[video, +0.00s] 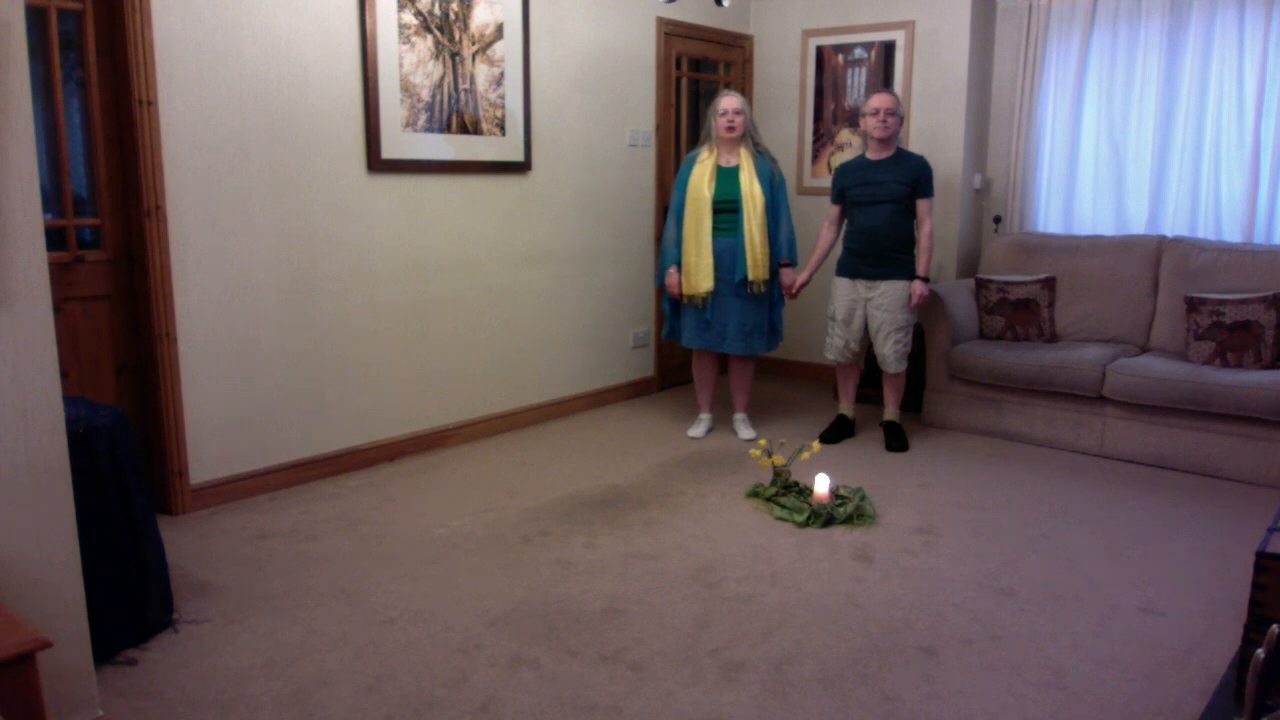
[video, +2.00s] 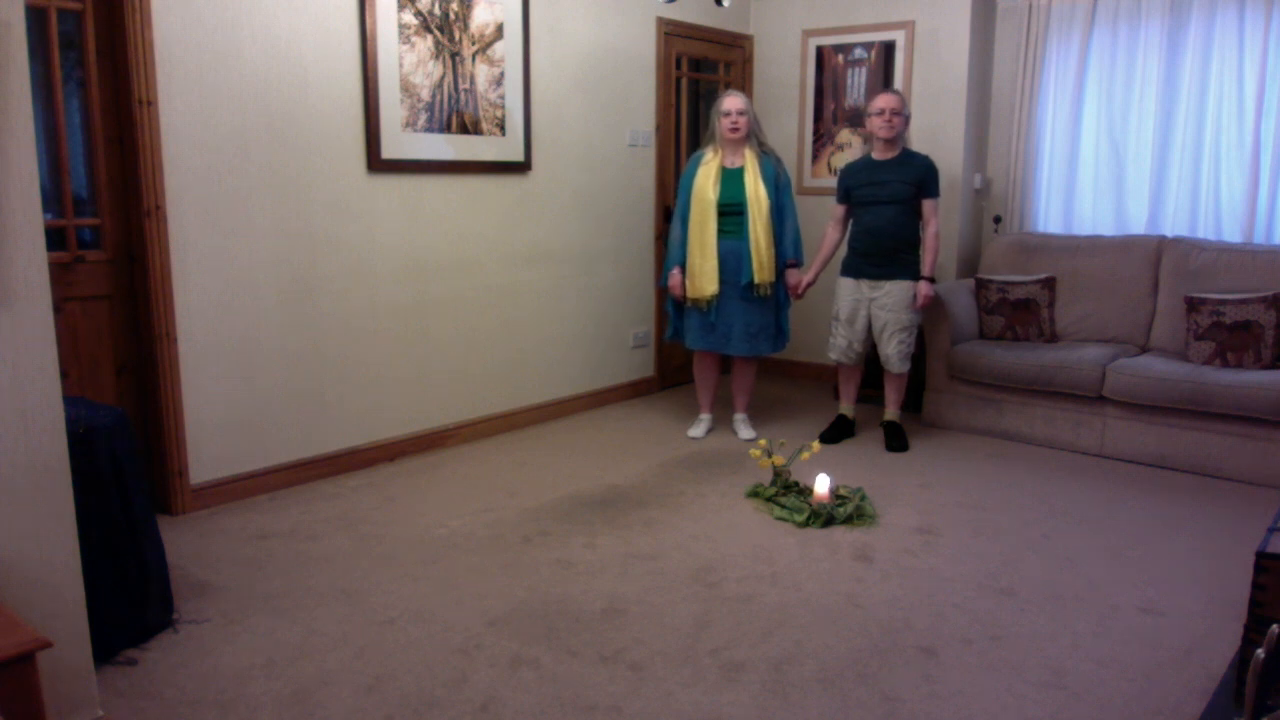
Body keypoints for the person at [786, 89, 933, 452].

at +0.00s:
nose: (882, 119)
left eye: (889, 113)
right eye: (874, 114)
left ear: (901, 121)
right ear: (861, 122)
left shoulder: (915, 167)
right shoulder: (845, 172)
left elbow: (925, 224)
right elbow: (831, 227)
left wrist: (921, 276)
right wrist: (806, 273)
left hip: (895, 278)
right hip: (850, 276)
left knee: (893, 355)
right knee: (845, 349)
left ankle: (892, 419)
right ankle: (845, 415)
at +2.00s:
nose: (887, 119)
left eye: (894, 113)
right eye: (879, 113)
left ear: (906, 120)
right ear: (867, 122)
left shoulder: (921, 167)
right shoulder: (851, 172)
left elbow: (930, 225)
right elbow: (836, 226)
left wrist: (927, 277)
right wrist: (812, 273)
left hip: (900, 279)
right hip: (855, 276)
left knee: (896, 355)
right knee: (847, 350)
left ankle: (892, 420)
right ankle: (844, 416)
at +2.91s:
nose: (834, 125)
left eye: (843, 120)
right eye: (827, 119)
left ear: (855, 127)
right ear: (816, 127)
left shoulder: (869, 171)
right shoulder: (806, 176)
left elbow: (884, 228)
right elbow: (786, 229)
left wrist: (885, 281)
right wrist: (759, 275)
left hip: (848, 280)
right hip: (807, 278)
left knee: (850, 354)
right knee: (806, 351)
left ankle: (871, 415)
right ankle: (817, 417)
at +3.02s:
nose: (824, 124)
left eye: (832, 118)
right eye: (817, 118)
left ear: (845, 125)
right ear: (807, 124)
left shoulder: (860, 170)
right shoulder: (796, 173)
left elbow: (873, 225)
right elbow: (777, 228)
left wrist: (873, 279)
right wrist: (750, 273)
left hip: (840, 277)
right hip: (800, 276)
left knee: (832, 347)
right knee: (803, 350)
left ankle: (842, 414)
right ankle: (815, 416)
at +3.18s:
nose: (808, 122)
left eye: (817, 116)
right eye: (801, 116)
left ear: (831, 123)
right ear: (791, 122)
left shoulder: (845, 168)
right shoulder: (781, 174)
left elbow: (858, 224)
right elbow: (764, 228)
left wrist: (859, 277)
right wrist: (740, 274)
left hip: (828, 273)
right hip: (791, 273)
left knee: (804, 348)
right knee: (799, 349)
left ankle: (786, 425)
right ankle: (817, 417)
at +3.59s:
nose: (782, 122)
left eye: (790, 116)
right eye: (775, 116)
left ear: (802, 124)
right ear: (764, 123)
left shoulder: (817, 172)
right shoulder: (749, 175)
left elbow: (827, 231)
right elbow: (731, 230)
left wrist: (825, 286)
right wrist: (715, 275)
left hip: (792, 285)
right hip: (750, 284)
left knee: (778, 361)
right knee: (751, 360)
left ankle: (763, 428)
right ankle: (789, 398)